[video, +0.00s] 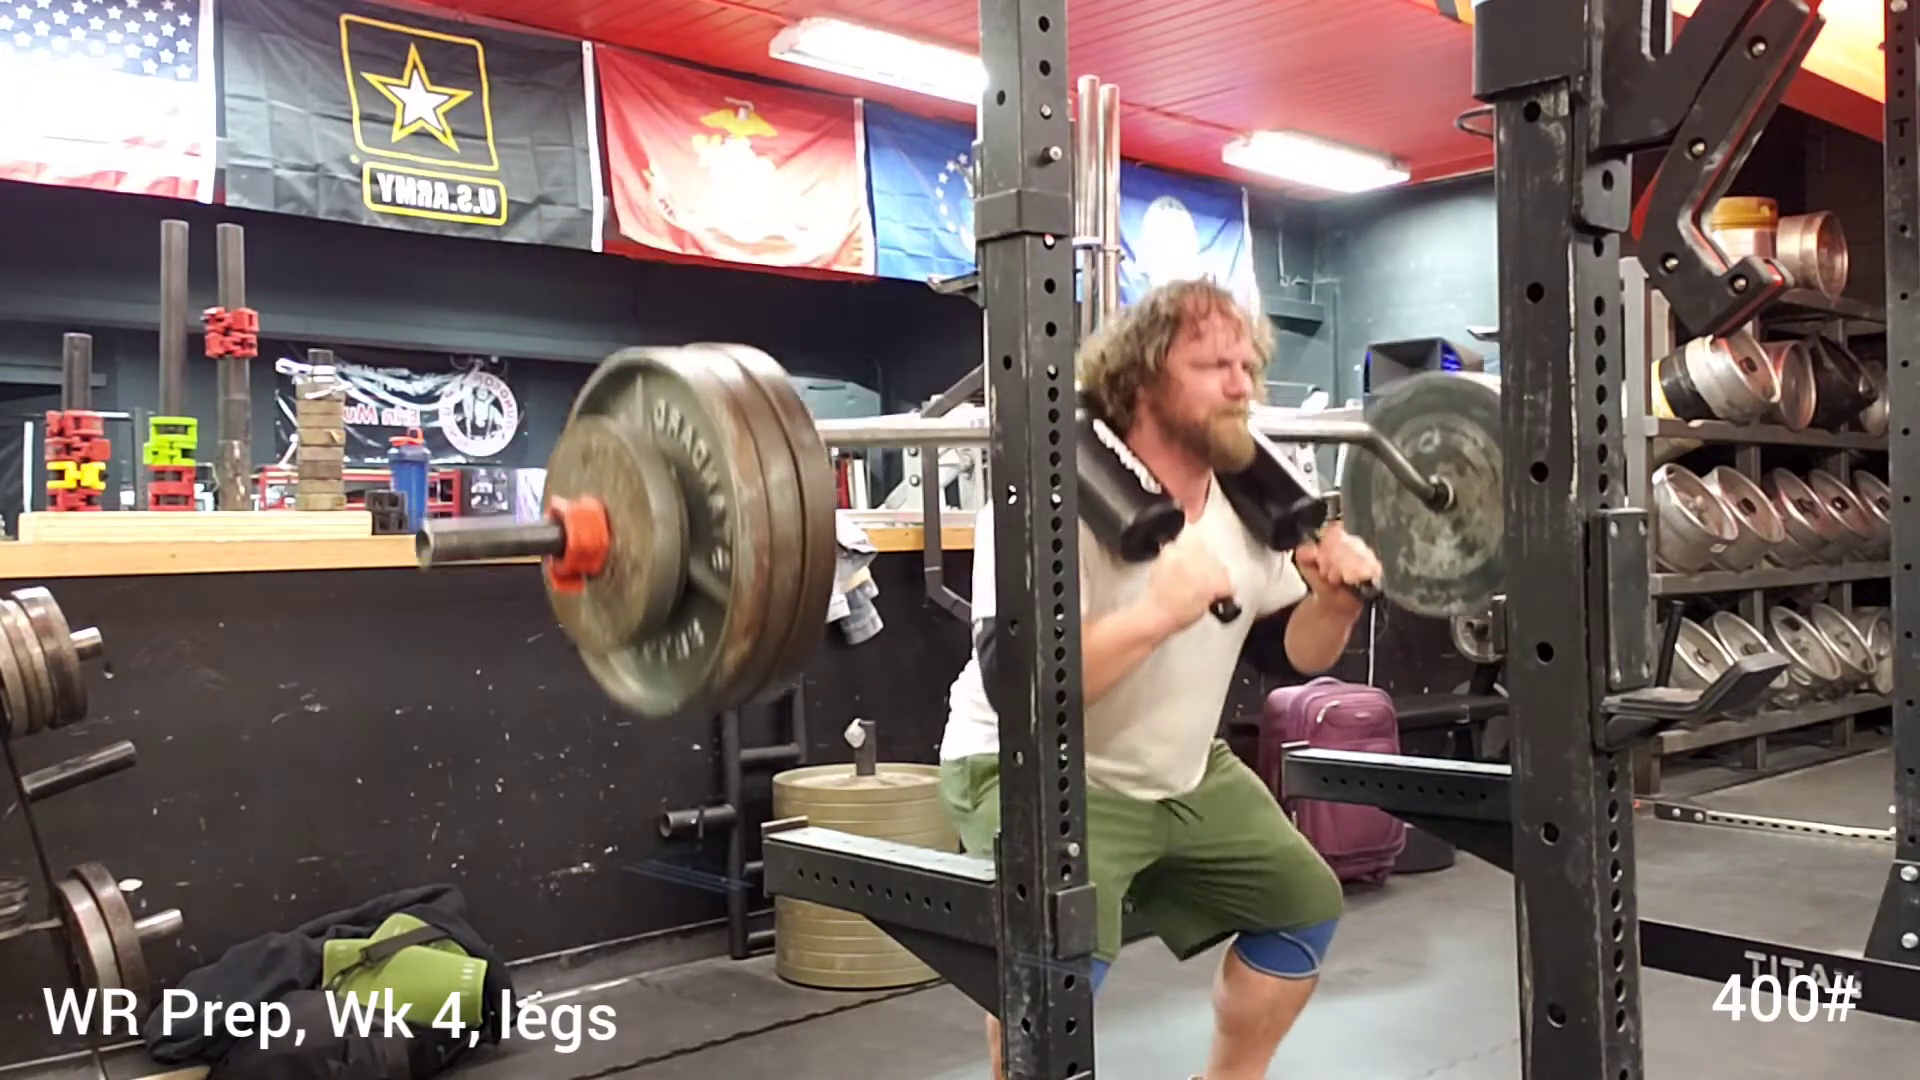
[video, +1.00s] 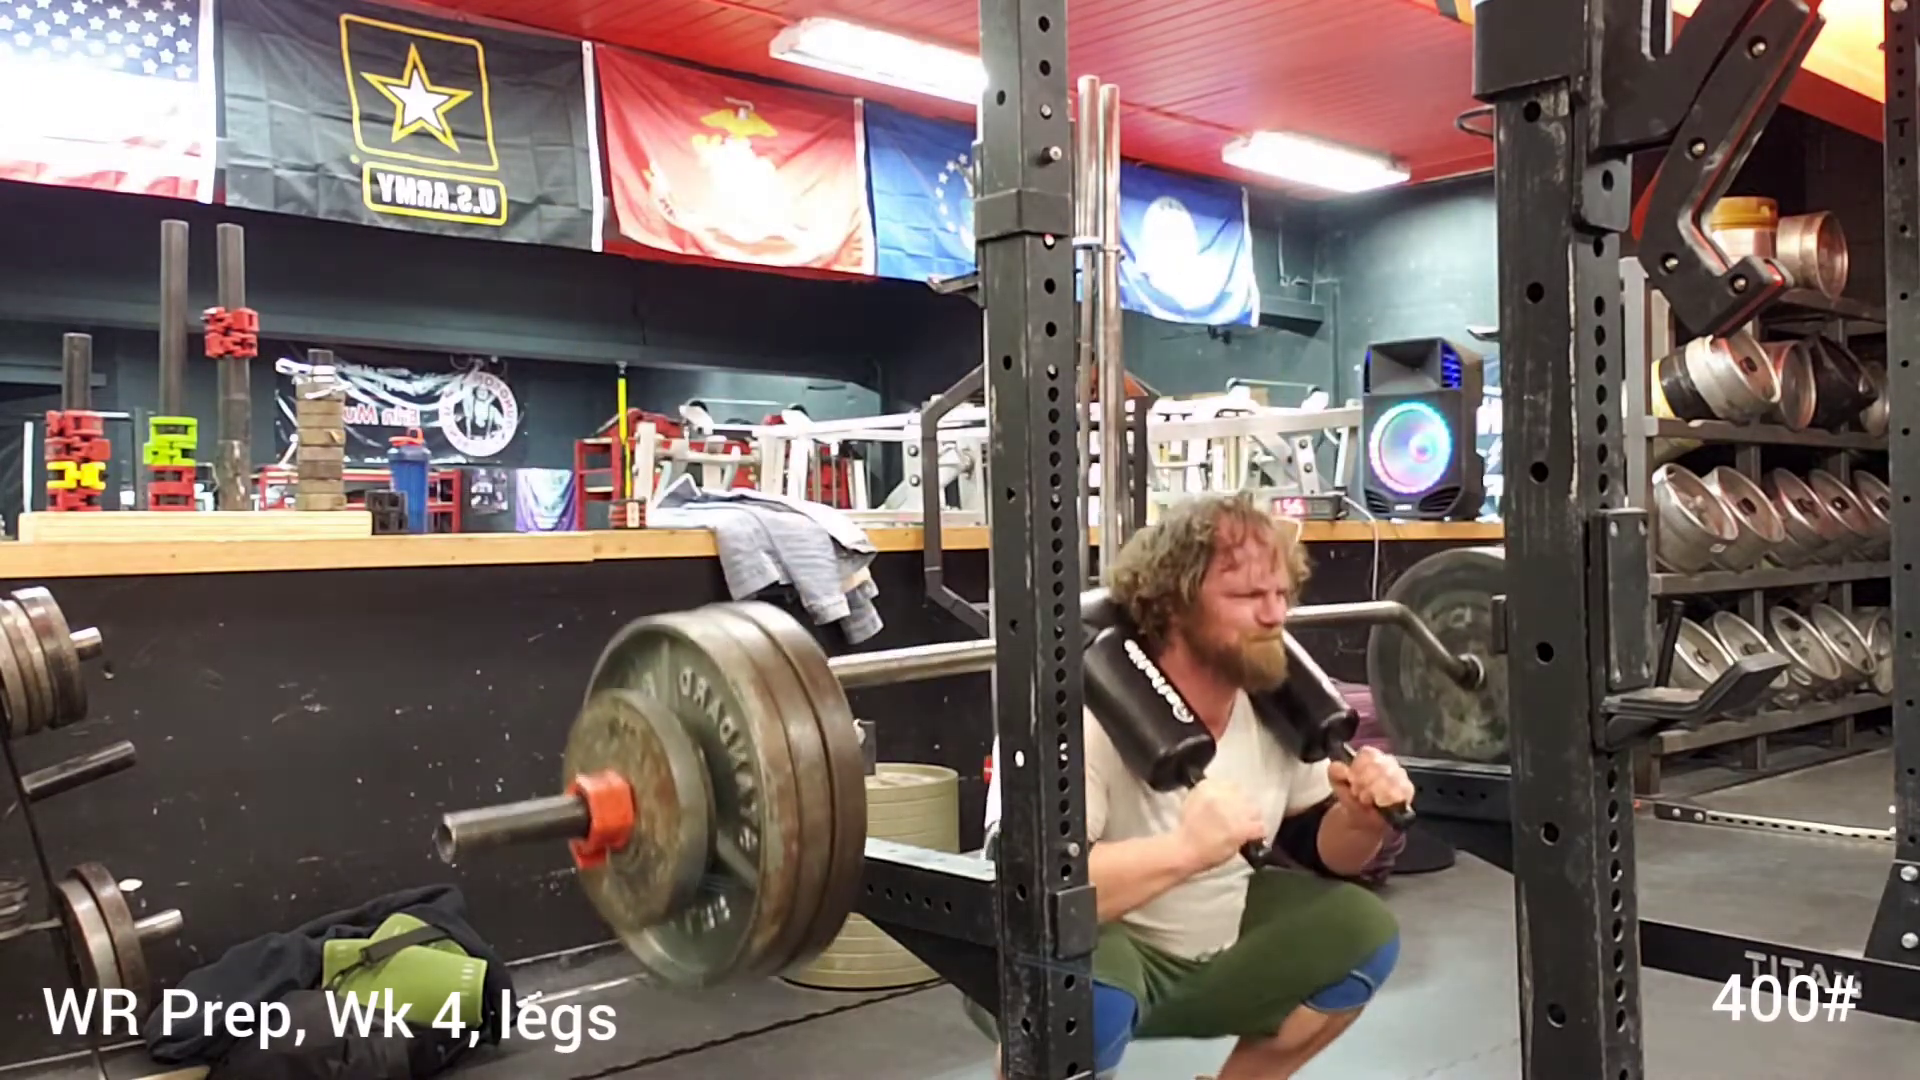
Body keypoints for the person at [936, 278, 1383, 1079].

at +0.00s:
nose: (1240, 386)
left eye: (1247, 366)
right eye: (1213, 366)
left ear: (1258, 373)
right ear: (1145, 381)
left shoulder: (1253, 484)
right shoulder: (1054, 485)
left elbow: (1304, 655)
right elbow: (1019, 684)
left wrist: (1337, 596)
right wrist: (1156, 613)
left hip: (1184, 766)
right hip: (1043, 768)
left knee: (1301, 905)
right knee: (1068, 945)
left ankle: (1231, 1075)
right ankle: (1020, 1069)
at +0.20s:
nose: (1248, 441)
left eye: (1256, 421)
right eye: (1222, 422)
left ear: (1267, 426)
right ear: (1151, 434)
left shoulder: (1260, 528)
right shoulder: (1060, 536)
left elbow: (1306, 704)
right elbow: (1030, 733)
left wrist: (1346, 646)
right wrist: (1161, 676)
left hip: (1177, 787)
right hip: (1030, 792)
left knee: (1304, 904)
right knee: (1067, 942)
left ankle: (1232, 1074)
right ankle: (1016, 1068)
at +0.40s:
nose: (1260, 504)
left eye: (1267, 485)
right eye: (1235, 485)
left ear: (1277, 484)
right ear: (1161, 490)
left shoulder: (1261, 585)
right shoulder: (1065, 594)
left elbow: (1316, 757)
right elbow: (1029, 791)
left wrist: (1348, 702)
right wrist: (1167, 742)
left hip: (1180, 828)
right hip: (1036, 837)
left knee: (1321, 908)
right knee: (1062, 947)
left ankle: (1236, 1073)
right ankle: (1017, 1070)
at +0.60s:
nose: (1269, 569)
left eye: (1276, 548)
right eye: (1244, 548)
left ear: (1287, 541)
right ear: (1169, 552)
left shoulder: (1267, 633)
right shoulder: (1071, 649)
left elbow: (1323, 808)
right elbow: (1023, 842)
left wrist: (1358, 765)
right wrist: (1169, 807)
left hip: (1211, 877)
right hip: (1089, 891)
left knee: (1345, 920)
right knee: (1074, 983)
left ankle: (1237, 1076)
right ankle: (1020, 1069)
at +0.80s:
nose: (1273, 610)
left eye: (1278, 588)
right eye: (1246, 589)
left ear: (1287, 585)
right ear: (1175, 599)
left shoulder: (1276, 685)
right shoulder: (1084, 695)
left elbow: (1332, 848)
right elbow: (1039, 884)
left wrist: (1364, 804)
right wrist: (1182, 846)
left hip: (1228, 929)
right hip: (1107, 939)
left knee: (1359, 931)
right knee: (1087, 986)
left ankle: (1239, 1075)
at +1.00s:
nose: (1274, 615)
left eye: (1278, 593)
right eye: (1246, 595)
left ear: (1289, 593)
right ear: (1175, 603)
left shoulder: (1276, 695)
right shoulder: (1091, 704)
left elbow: (1329, 851)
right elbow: (1043, 885)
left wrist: (1366, 810)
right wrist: (1183, 850)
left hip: (1228, 940)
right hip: (1111, 947)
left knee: (1361, 932)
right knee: (1092, 986)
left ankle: (1243, 1074)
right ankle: (1023, 1068)